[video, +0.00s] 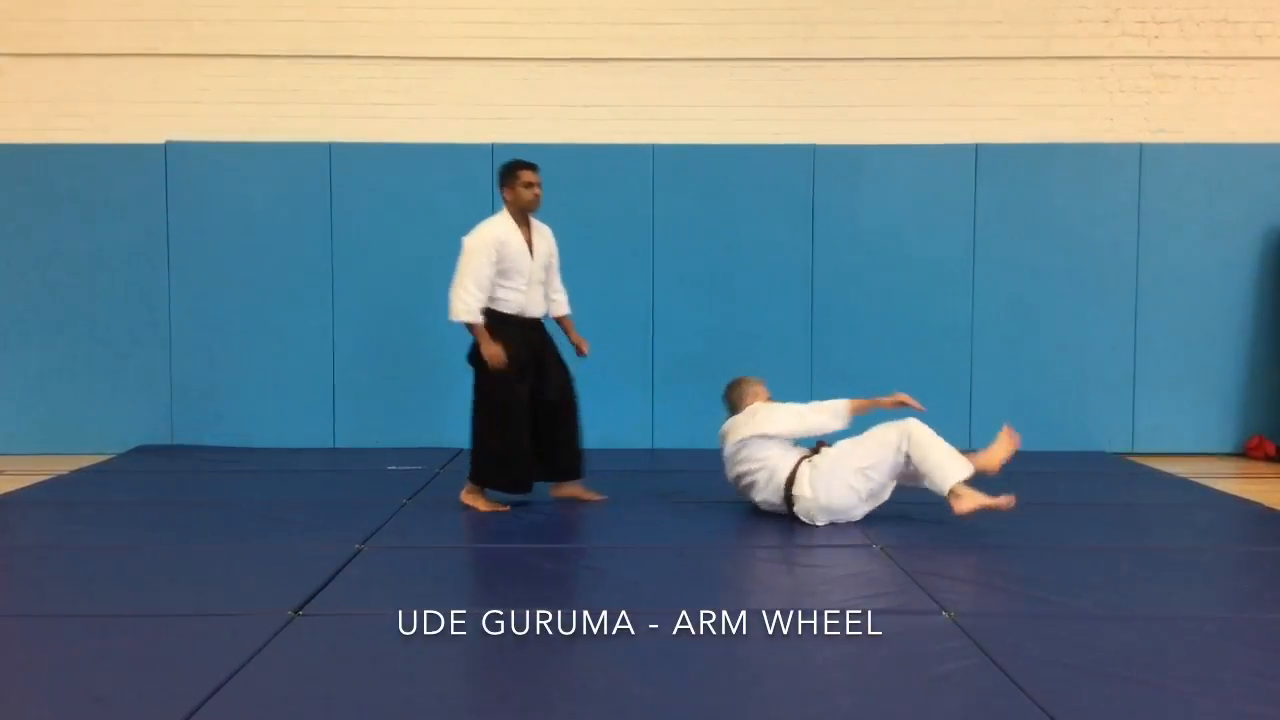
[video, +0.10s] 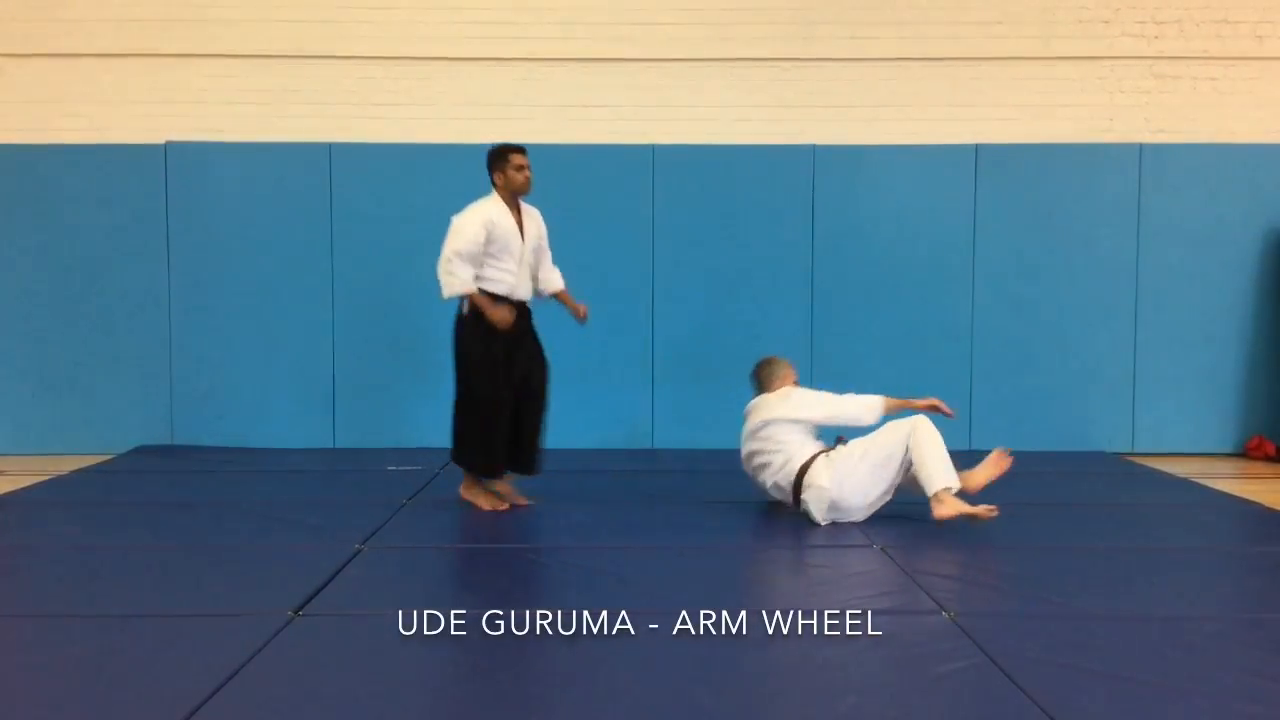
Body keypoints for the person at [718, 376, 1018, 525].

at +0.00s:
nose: (771, 401)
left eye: (768, 397)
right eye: (766, 396)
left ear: (733, 406)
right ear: (753, 398)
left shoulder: (734, 450)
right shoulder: (755, 417)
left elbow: (772, 484)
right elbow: (819, 414)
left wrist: (811, 457)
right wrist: (879, 402)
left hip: (814, 512)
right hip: (816, 482)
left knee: (901, 466)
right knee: (906, 430)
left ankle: (979, 462)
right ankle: (959, 493)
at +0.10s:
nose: (797, 383)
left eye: (795, 378)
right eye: (793, 378)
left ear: (760, 387)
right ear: (784, 380)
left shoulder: (750, 437)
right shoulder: (784, 398)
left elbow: (781, 484)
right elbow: (854, 408)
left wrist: (829, 453)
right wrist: (913, 404)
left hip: (825, 508)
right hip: (829, 478)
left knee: (899, 463)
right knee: (915, 426)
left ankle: (964, 479)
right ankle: (944, 498)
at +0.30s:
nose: (846, 365)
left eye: (845, 361)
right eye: (845, 361)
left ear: (812, 362)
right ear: (840, 361)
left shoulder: (784, 410)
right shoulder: (835, 379)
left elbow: (778, 466)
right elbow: (891, 399)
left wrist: (813, 488)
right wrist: (938, 411)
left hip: (833, 508)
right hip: (841, 470)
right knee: (925, 426)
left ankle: (938, 507)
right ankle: (915, 504)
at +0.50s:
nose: (886, 357)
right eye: (884, 354)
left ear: (850, 358)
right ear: (881, 355)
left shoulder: (825, 390)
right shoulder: (885, 368)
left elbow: (802, 445)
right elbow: (945, 395)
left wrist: (805, 490)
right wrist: (960, 417)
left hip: (838, 490)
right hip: (863, 452)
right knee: (962, 445)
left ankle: (941, 514)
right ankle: (916, 513)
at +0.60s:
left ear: (853, 353)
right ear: (884, 346)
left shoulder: (835, 385)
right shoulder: (894, 357)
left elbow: (811, 440)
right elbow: (955, 381)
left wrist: (808, 487)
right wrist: (969, 408)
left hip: (861, 465)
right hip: (893, 432)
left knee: (930, 485)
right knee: (992, 448)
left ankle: (949, 508)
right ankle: (933, 495)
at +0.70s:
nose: (851, 345)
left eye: (851, 341)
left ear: (855, 342)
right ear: (884, 334)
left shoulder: (845, 375)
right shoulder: (904, 344)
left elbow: (821, 433)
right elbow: (964, 366)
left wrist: (810, 483)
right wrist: (979, 395)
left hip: (896, 443)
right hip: (932, 414)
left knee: (921, 494)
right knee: (1011, 443)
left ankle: (946, 495)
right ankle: (974, 475)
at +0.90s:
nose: (861, 313)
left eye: (862, 307)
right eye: (861, 307)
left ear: (870, 307)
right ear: (898, 304)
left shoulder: (862, 348)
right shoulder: (930, 319)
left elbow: (848, 411)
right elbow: (981, 348)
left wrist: (851, 460)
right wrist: (1004, 386)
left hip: (930, 417)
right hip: (969, 394)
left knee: (932, 494)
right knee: (1004, 417)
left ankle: (968, 485)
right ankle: (1008, 480)